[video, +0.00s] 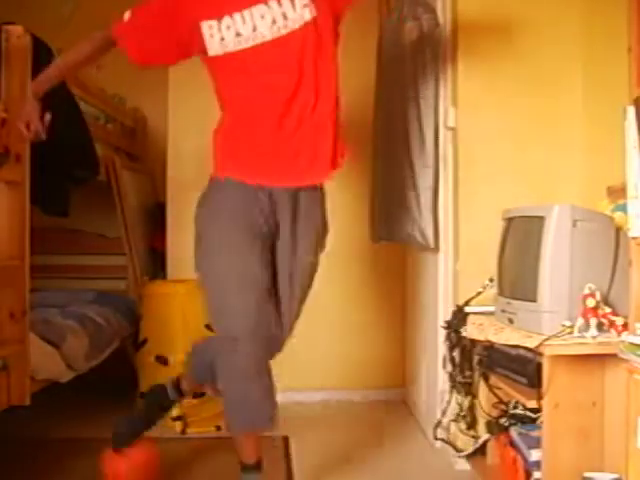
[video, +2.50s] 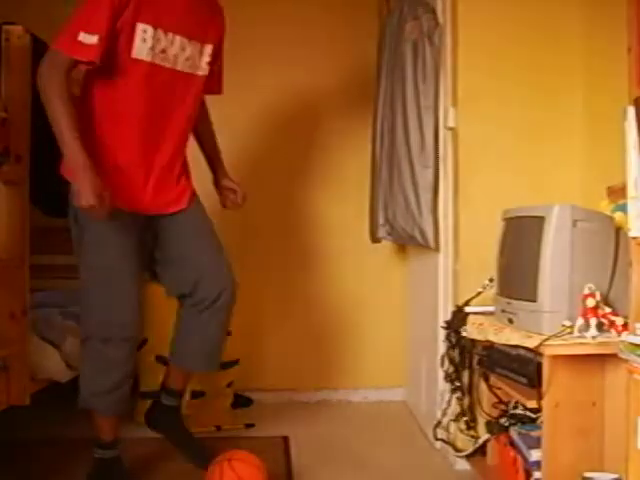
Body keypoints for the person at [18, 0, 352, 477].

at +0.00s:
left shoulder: (321, 2)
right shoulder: (189, 7)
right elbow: (106, 39)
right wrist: (35, 89)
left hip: (306, 190)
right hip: (237, 188)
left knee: (270, 334)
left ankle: (173, 392)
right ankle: (252, 472)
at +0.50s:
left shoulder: (294, 4)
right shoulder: (165, 6)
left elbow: (367, 34)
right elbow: (112, 58)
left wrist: (412, 56)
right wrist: (114, 158)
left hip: (248, 169)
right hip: (190, 173)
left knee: (302, 305)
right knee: (241, 341)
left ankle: (185, 390)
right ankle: (237, 472)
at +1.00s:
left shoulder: (228, 5)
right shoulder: (97, 3)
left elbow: (235, 75)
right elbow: (54, 50)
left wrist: (254, 158)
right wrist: (42, 108)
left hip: (192, 162)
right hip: (118, 168)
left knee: (228, 282)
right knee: (131, 309)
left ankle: (210, 433)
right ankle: (96, 429)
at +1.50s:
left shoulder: (209, 20)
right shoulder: (107, 5)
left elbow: (224, 95)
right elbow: (52, 82)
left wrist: (266, 126)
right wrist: (74, 152)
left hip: (168, 191)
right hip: (102, 185)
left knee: (175, 312)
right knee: (90, 308)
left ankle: (151, 424)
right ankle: (71, 444)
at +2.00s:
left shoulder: (187, 9)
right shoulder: (100, 3)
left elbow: (172, 93)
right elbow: (45, 80)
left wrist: (168, 161)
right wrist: (92, 168)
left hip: (160, 175)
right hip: (97, 180)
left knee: (224, 263)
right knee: (118, 316)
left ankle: (206, 401)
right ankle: (108, 455)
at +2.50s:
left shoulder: (211, 15)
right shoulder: (119, 3)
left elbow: (192, 97)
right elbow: (51, 72)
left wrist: (219, 170)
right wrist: (80, 168)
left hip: (168, 186)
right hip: (105, 186)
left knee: (212, 286)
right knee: (114, 323)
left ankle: (168, 404)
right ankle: (106, 453)